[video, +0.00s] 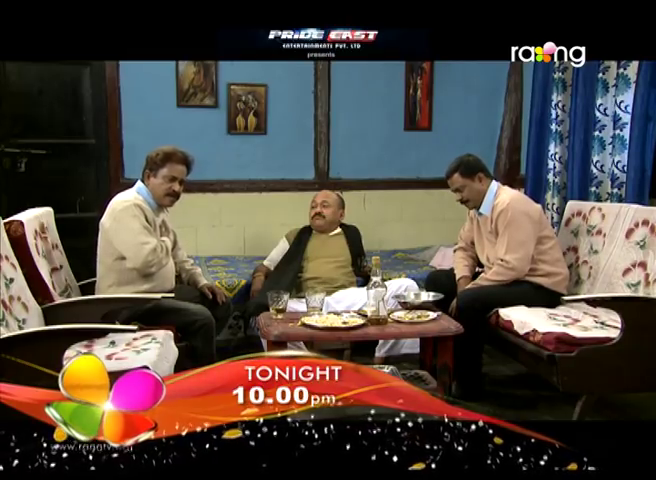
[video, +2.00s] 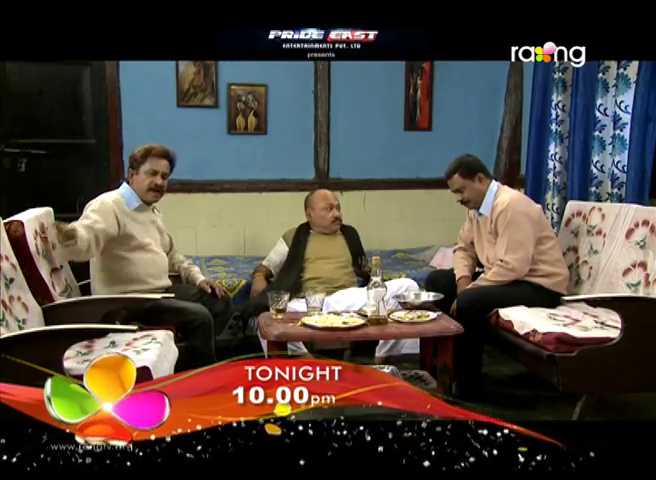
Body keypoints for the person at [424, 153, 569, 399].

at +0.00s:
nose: (458, 198)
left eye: (460, 190)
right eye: (455, 193)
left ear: (481, 179)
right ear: (478, 181)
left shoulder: (513, 206)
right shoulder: (478, 208)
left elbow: (513, 266)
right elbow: (464, 248)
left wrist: (465, 294)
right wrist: (464, 282)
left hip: (541, 286)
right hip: (503, 277)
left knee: (468, 302)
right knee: (437, 280)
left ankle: (467, 386)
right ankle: (440, 369)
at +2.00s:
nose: (458, 199)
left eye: (460, 191)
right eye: (455, 194)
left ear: (480, 180)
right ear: (478, 181)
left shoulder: (513, 206)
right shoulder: (477, 208)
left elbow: (513, 266)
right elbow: (464, 248)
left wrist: (466, 294)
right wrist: (463, 283)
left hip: (541, 286)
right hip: (504, 277)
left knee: (468, 302)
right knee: (437, 280)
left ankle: (467, 387)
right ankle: (440, 370)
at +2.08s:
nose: (458, 199)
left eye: (461, 191)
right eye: (455, 193)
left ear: (481, 179)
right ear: (479, 181)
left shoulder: (513, 206)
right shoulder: (477, 208)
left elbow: (513, 266)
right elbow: (464, 248)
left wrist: (466, 295)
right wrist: (463, 284)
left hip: (541, 286)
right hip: (504, 277)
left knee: (468, 302)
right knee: (437, 280)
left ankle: (467, 387)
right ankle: (440, 370)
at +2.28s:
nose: (459, 196)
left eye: (462, 188)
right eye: (457, 191)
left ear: (482, 179)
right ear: (480, 180)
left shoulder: (514, 206)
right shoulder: (478, 208)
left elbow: (513, 267)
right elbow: (464, 248)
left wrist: (466, 294)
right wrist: (463, 282)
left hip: (541, 286)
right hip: (503, 277)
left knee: (468, 303)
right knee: (437, 280)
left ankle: (467, 386)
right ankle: (439, 370)